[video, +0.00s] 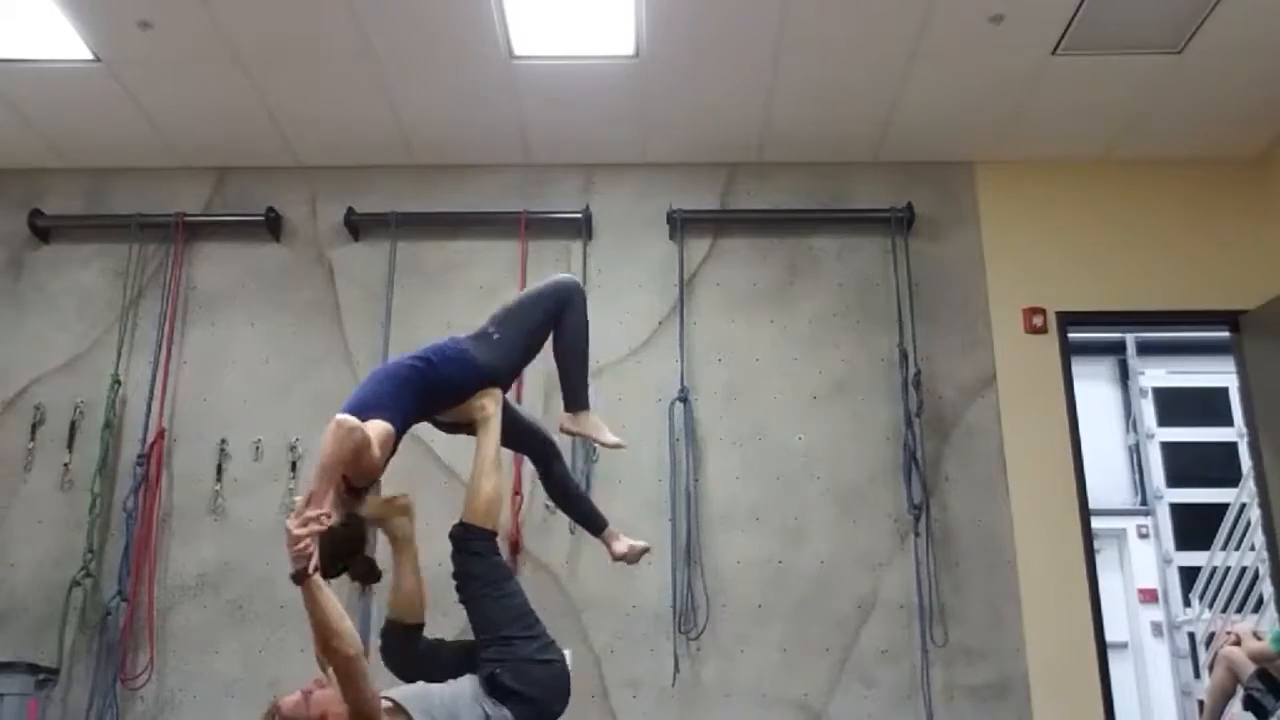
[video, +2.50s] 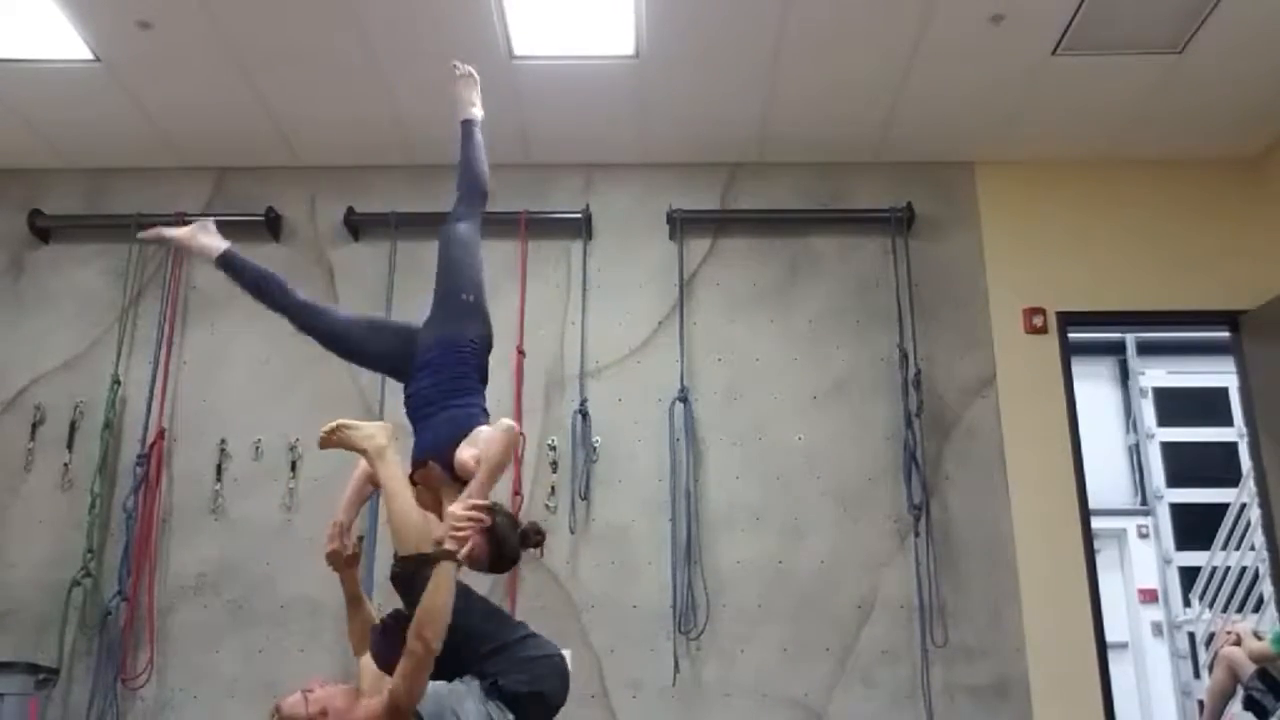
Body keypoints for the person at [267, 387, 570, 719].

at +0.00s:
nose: (316, 686)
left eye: (307, 689)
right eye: (310, 701)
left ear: (323, 691)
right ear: (324, 719)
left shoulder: (368, 705)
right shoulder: (370, 715)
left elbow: (332, 656)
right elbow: (347, 652)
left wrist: (306, 565)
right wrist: (306, 575)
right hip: (529, 691)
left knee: (401, 650)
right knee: (472, 545)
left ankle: (400, 531)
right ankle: (490, 415)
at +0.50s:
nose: (310, 692)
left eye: (304, 696)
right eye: (306, 703)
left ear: (320, 700)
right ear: (318, 716)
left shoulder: (366, 705)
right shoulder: (372, 713)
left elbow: (339, 651)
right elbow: (326, 659)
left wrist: (314, 580)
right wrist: (269, 586)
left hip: (512, 686)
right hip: (541, 691)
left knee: (404, 669)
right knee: (512, 546)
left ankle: (419, 542)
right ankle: (520, 415)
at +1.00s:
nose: (315, 692)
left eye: (306, 694)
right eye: (313, 708)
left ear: (320, 688)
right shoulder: (380, 712)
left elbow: (451, 527)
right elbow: (362, 648)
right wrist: (339, 563)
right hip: (539, 697)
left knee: (408, 661)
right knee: (518, 541)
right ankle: (528, 409)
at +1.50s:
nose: (315, 688)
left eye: (305, 691)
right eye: (308, 702)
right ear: (323, 719)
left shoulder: (377, 701)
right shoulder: (381, 710)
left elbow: (371, 639)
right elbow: (382, 636)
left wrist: (352, 565)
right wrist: (368, 547)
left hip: (510, 691)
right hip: (546, 701)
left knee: (439, 609)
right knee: (510, 556)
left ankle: (470, 478)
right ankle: (529, 432)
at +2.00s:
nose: (320, 687)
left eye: (309, 691)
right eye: (313, 702)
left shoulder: (381, 700)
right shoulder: (381, 711)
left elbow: (381, 643)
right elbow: (401, 640)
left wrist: (372, 569)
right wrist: (397, 549)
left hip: (521, 698)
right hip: (545, 701)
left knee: (467, 590)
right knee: (428, 594)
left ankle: (486, 475)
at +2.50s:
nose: (314, 687)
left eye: (301, 694)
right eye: (309, 704)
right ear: (327, 719)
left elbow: (364, 642)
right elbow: (424, 642)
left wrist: (349, 576)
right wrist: (451, 554)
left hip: (536, 672)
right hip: (524, 690)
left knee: (421, 575)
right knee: (417, 575)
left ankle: (383, 455)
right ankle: (382, 450)